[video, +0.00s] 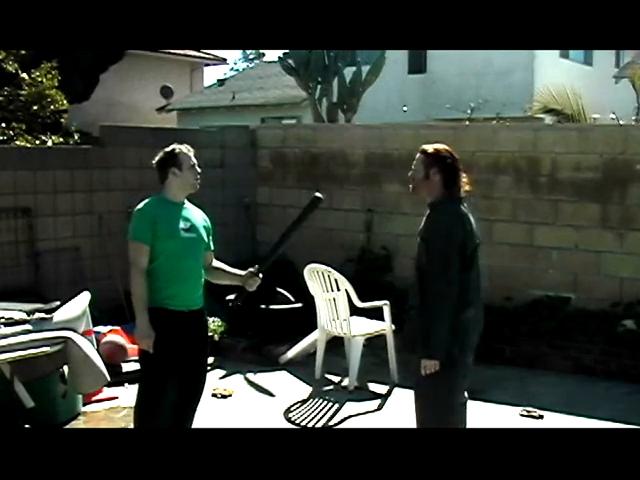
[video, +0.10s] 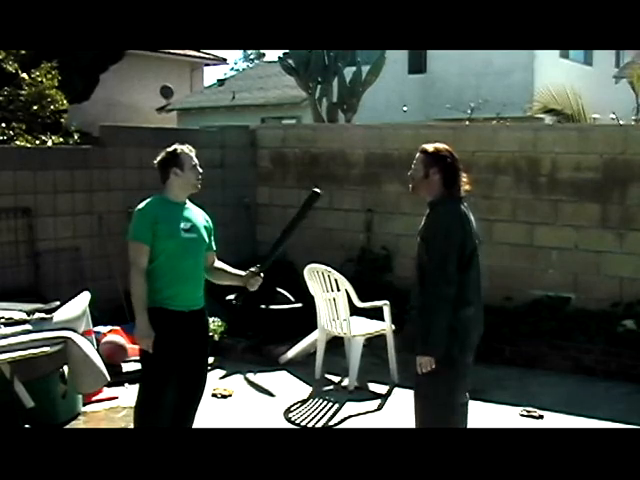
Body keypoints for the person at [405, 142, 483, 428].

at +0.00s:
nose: (410, 176)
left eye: (416, 170)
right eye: (412, 169)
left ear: (435, 176)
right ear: (435, 177)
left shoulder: (445, 220)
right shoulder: (448, 215)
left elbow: (440, 288)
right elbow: (441, 286)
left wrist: (433, 349)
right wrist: (431, 342)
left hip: (445, 342)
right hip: (450, 339)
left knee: (436, 416)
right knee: (444, 413)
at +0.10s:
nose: (409, 175)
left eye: (415, 168)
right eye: (412, 168)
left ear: (434, 175)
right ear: (435, 176)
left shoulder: (444, 219)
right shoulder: (451, 213)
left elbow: (438, 287)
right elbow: (441, 285)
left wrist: (429, 346)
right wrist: (429, 339)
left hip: (445, 341)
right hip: (452, 336)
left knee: (436, 416)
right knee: (445, 413)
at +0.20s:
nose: (409, 176)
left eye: (415, 170)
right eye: (412, 169)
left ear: (434, 175)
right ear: (435, 176)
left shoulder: (443, 218)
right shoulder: (456, 212)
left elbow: (434, 286)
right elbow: (435, 283)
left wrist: (414, 341)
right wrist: (415, 334)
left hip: (446, 338)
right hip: (456, 334)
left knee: (436, 416)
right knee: (446, 414)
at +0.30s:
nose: (410, 176)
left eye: (416, 170)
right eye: (412, 169)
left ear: (435, 175)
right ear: (436, 175)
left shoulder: (446, 217)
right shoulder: (453, 212)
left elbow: (434, 284)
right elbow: (434, 281)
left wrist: (403, 333)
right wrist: (404, 326)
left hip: (448, 335)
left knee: (436, 413)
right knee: (444, 412)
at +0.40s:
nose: (411, 177)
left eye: (418, 170)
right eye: (413, 169)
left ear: (437, 175)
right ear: (437, 175)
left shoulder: (447, 217)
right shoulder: (451, 212)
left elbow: (436, 285)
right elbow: (434, 283)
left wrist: (399, 334)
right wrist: (402, 325)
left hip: (450, 335)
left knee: (438, 413)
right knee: (446, 412)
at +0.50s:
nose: (413, 177)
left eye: (418, 171)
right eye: (414, 170)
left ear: (437, 175)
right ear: (438, 175)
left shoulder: (447, 217)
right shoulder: (452, 212)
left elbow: (437, 287)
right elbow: (437, 285)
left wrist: (405, 335)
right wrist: (408, 330)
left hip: (451, 336)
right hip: (455, 334)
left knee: (439, 415)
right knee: (446, 413)